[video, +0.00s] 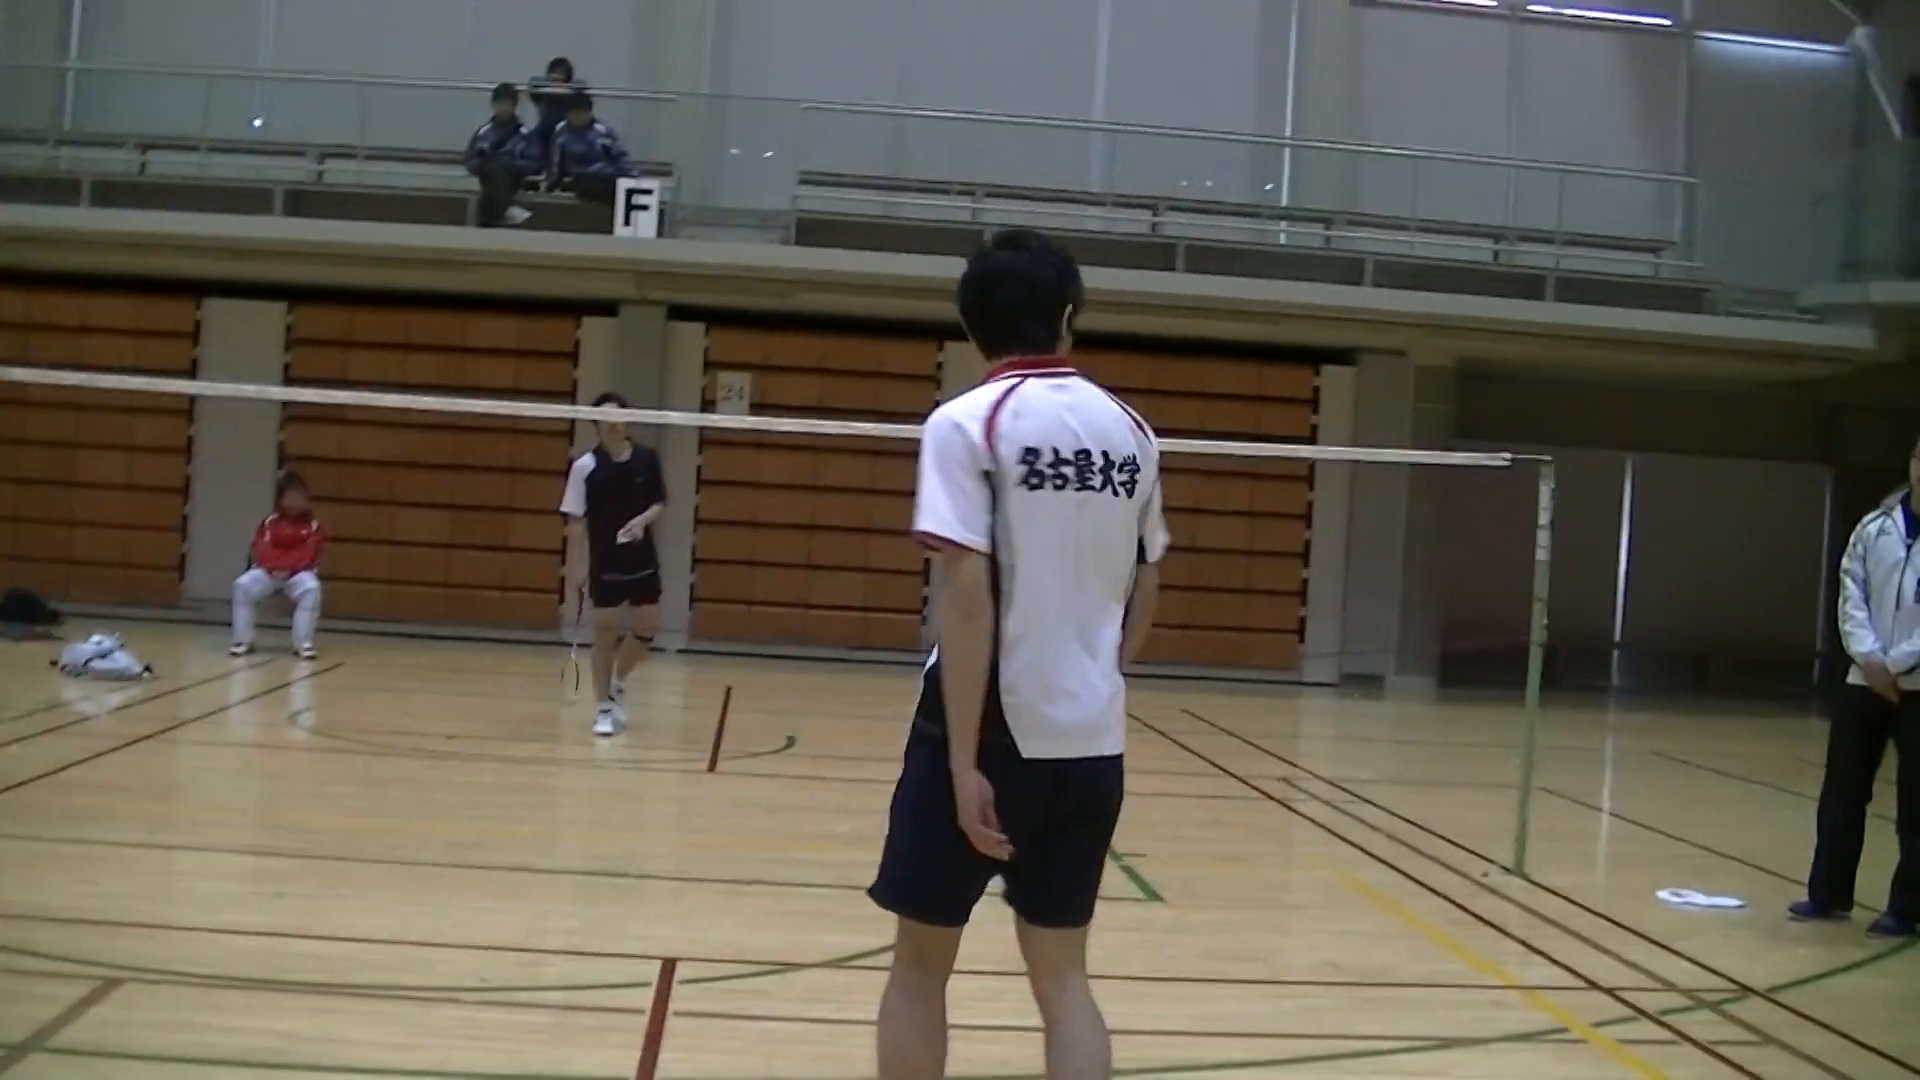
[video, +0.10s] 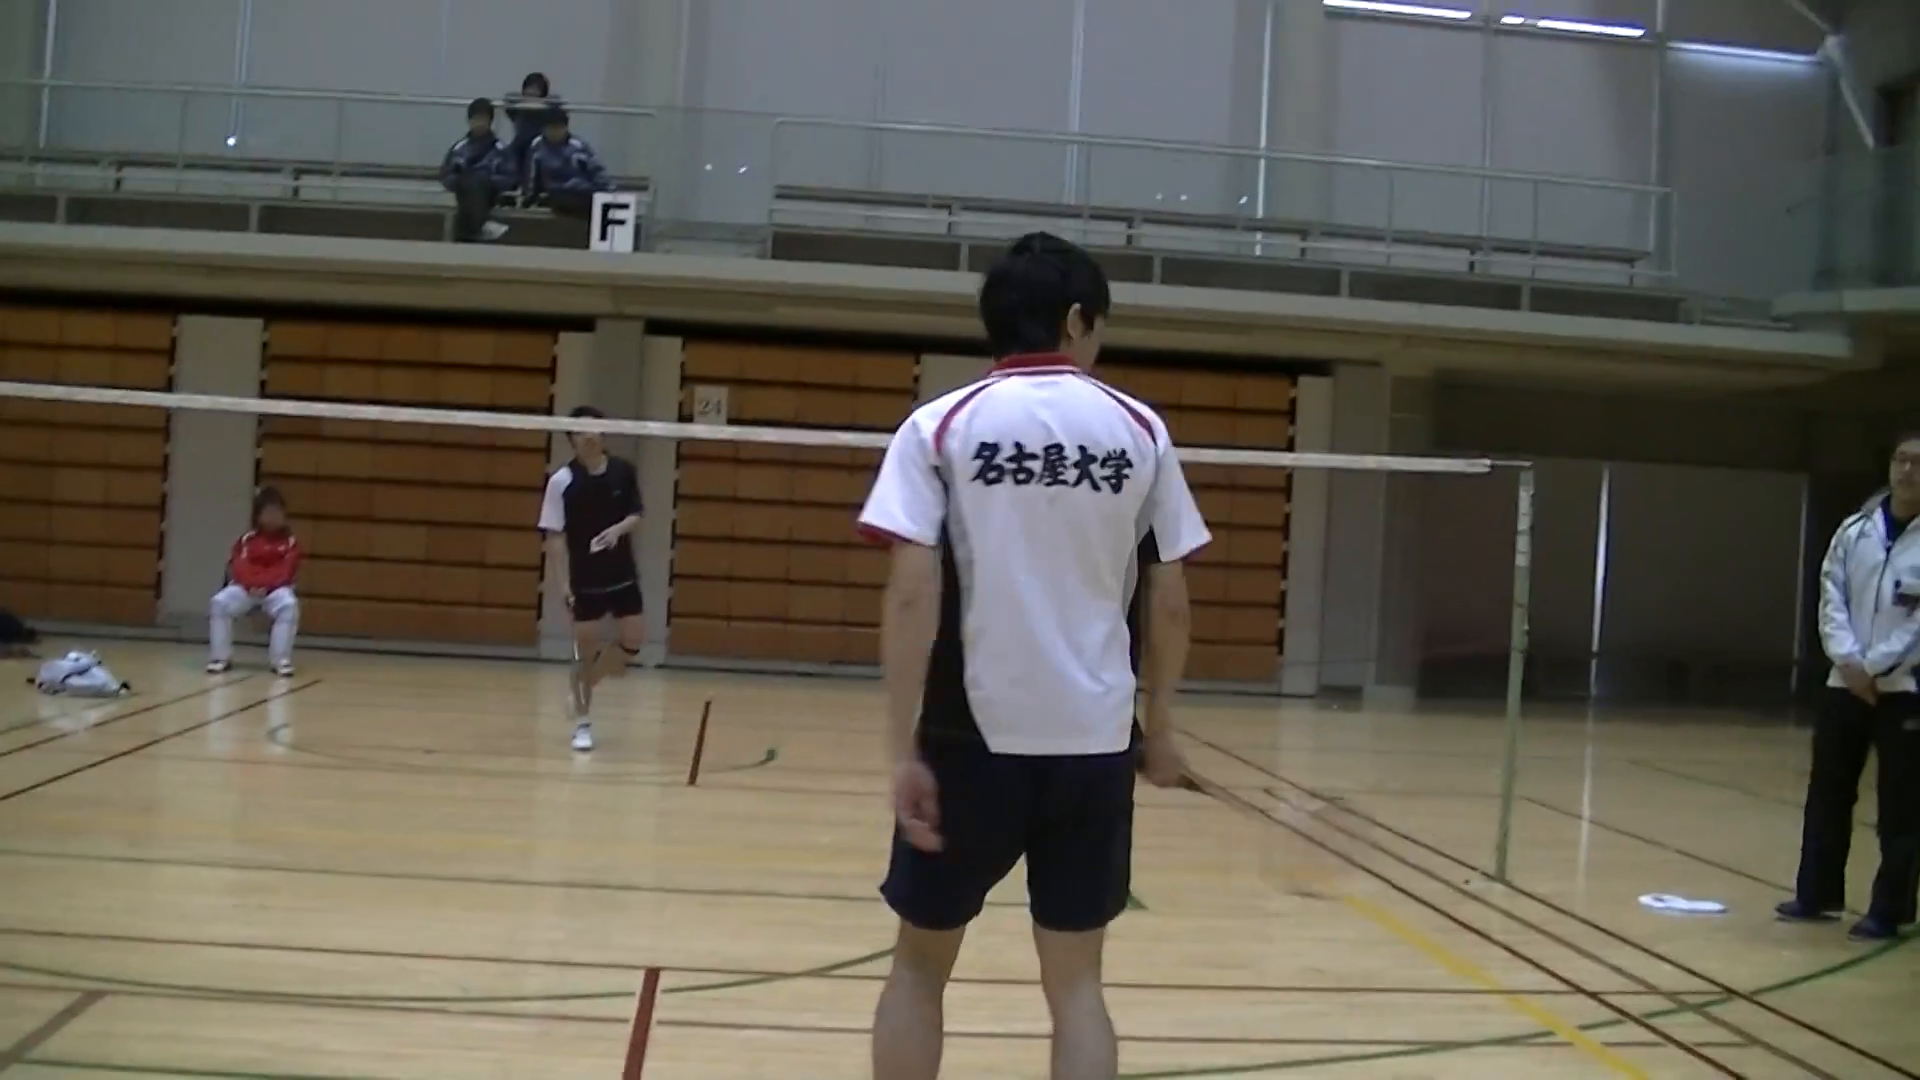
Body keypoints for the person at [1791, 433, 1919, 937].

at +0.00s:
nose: (1919, 469)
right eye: (1917, 460)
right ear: (1909, 467)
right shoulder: (1873, 528)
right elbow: (1850, 598)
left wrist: (1896, 665)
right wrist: (1868, 658)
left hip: (1916, 688)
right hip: (1866, 681)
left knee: (1913, 807)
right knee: (1842, 790)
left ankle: (1906, 909)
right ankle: (1830, 894)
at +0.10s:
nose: (1908, 469)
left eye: (1916, 462)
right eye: (1903, 460)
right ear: (1890, 468)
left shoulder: (1918, 538)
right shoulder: (1853, 530)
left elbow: (1915, 624)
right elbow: (1830, 597)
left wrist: (1874, 667)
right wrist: (1846, 659)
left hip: (1903, 692)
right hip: (1846, 685)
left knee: (1900, 808)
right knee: (1829, 793)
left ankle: (1890, 911)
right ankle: (1818, 894)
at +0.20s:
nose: (1885, 471)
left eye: (1897, 465)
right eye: (1880, 462)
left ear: (1915, 479)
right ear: (1868, 469)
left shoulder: (1914, 543)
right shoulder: (1833, 528)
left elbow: (1908, 621)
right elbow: (1809, 594)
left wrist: (1852, 667)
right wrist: (1824, 657)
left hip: (1884, 692)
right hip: (1826, 686)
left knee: (1879, 807)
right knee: (1815, 795)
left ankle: (1871, 910)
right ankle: (1811, 892)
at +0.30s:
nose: (1858, 443)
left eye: (1870, 436)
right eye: (1854, 433)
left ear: (1893, 449)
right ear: (1844, 440)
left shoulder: (1905, 515)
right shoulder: (1813, 499)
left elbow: (1892, 592)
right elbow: (1788, 564)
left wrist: (1830, 638)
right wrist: (1802, 629)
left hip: (1862, 662)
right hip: (1805, 656)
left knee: (1861, 776)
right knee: (1805, 767)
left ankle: (1855, 881)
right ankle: (1807, 865)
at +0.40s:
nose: (1837, 407)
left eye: (1850, 400)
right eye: (1832, 397)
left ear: (1871, 413)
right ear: (1822, 404)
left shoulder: (1884, 480)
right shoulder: (1794, 464)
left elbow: (1872, 554)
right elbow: (1769, 529)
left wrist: (1815, 600)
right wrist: (1786, 595)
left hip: (1846, 626)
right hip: (1790, 621)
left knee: (1846, 739)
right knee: (1795, 732)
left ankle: (1843, 844)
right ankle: (1798, 831)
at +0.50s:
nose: (1822, 357)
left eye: (1834, 349)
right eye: (1816, 347)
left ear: (1854, 362)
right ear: (1805, 355)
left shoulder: (1871, 428)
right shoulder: (1782, 417)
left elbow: (1861, 504)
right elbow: (1761, 484)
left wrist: (1808, 551)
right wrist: (1778, 550)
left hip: (1839, 574)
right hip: (1785, 571)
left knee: (1841, 688)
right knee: (1793, 683)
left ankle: (1839, 795)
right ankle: (1797, 783)